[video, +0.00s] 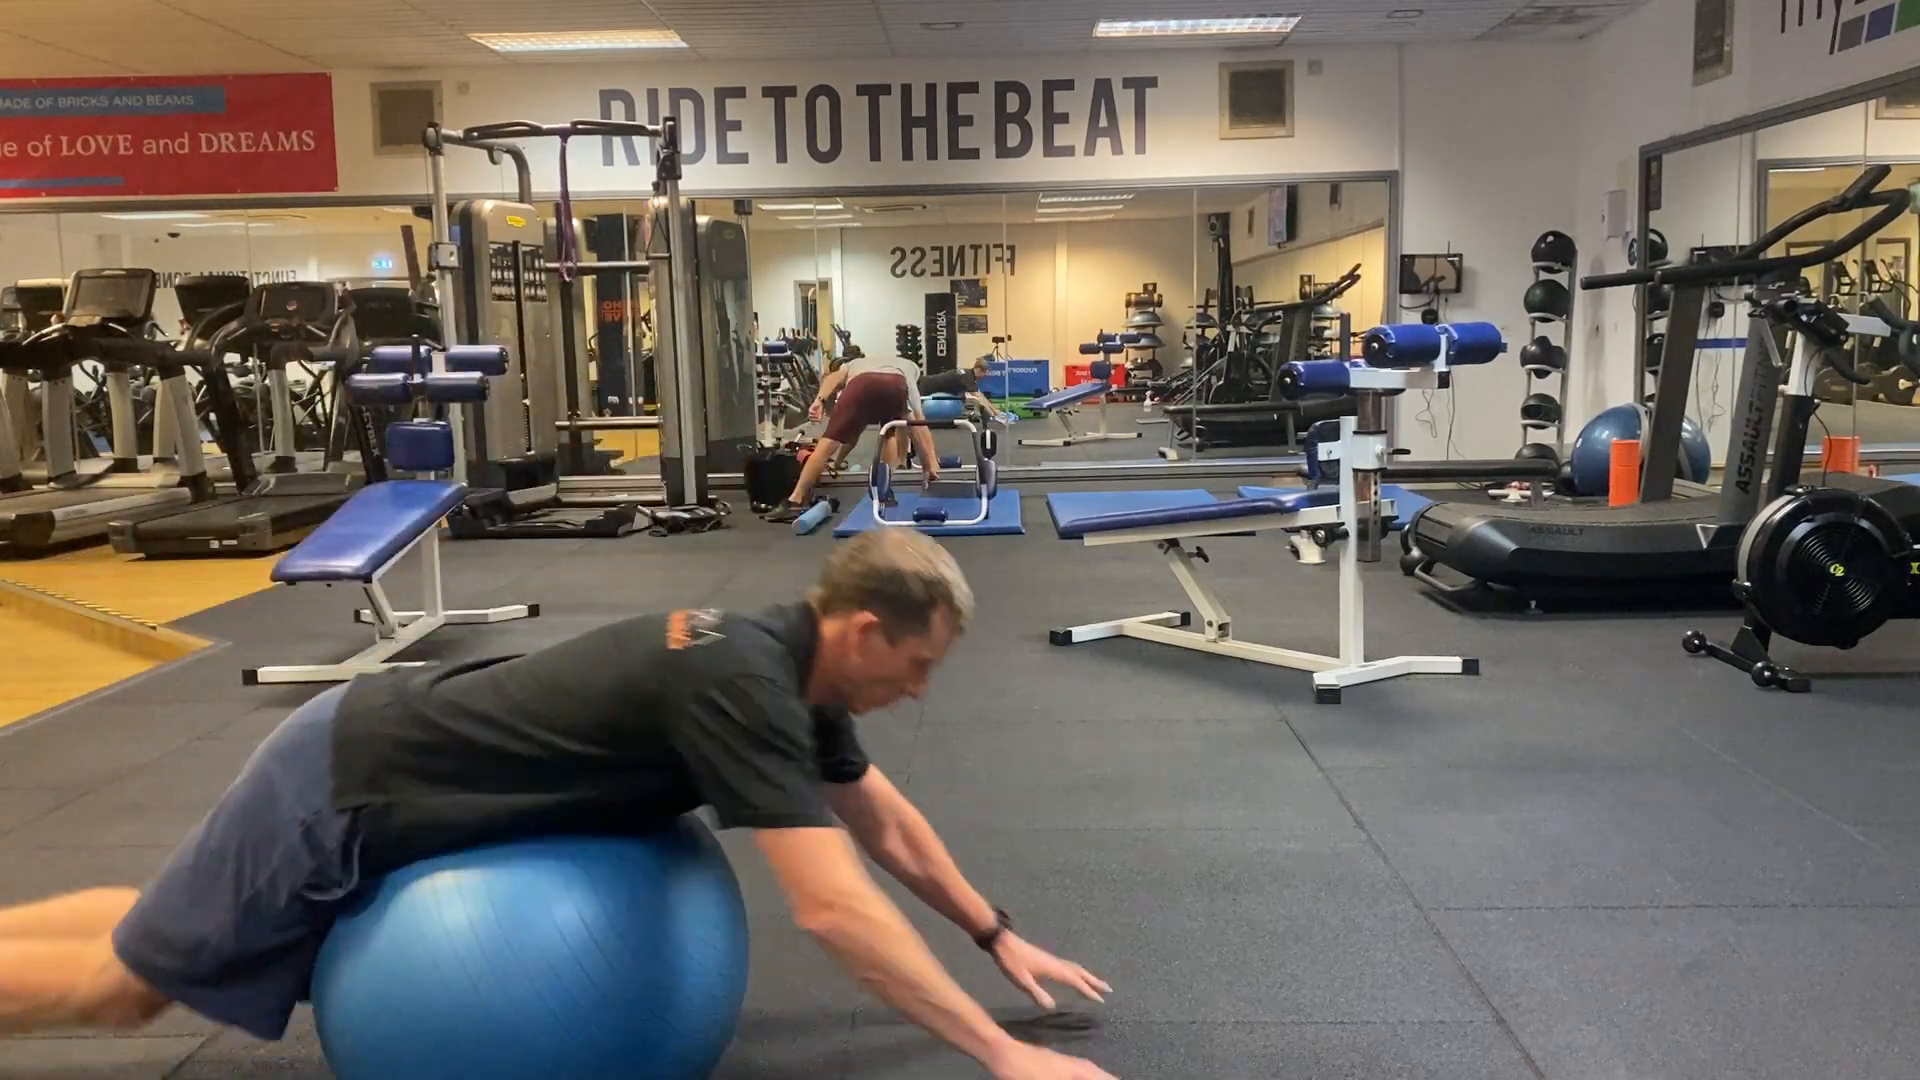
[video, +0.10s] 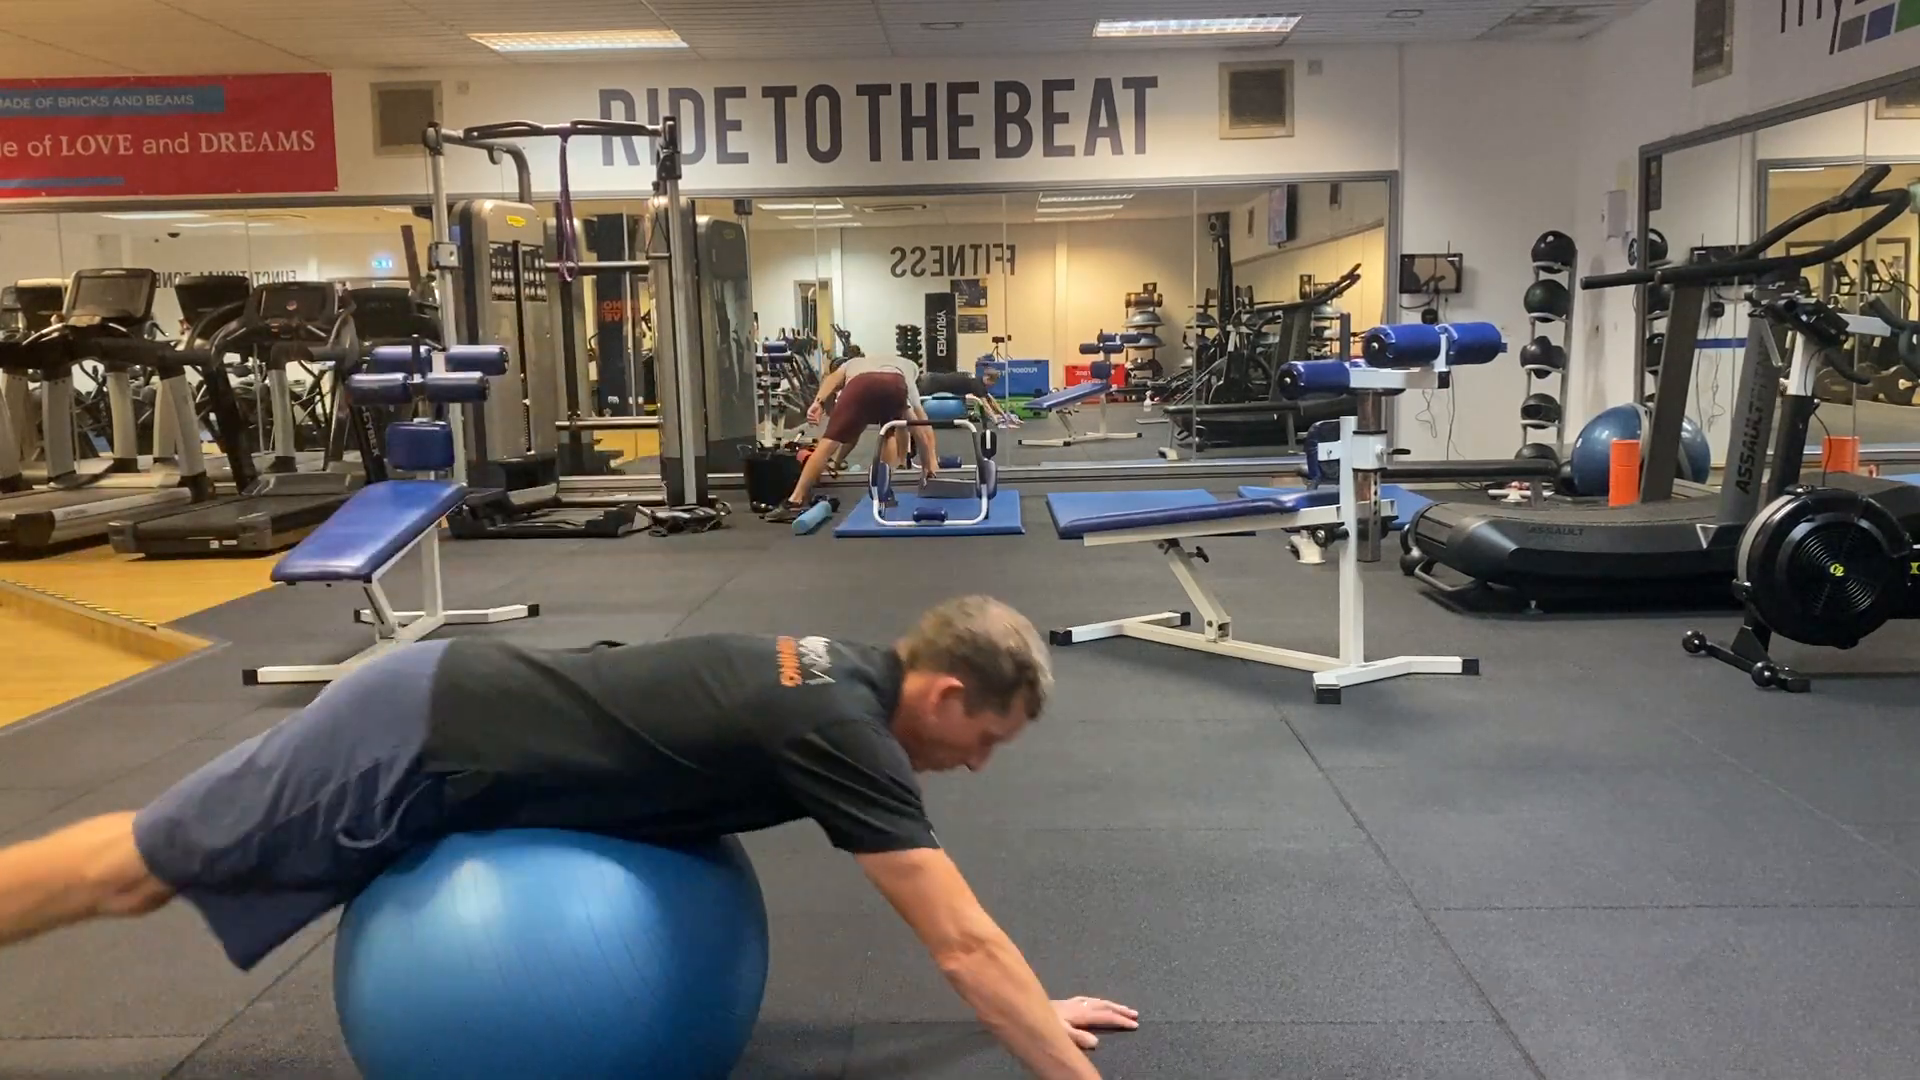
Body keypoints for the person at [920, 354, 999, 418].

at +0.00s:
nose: (983, 375)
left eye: (984, 373)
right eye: (983, 372)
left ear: (976, 368)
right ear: (980, 370)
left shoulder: (968, 373)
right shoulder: (968, 378)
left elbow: (978, 395)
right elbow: (978, 397)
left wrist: (993, 409)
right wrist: (992, 412)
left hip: (923, 380)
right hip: (922, 388)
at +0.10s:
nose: (991, 385)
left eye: (993, 384)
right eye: (992, 383)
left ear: (986, 377)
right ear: (987, 380)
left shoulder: (978, 382)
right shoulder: (977, 386)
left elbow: (991, 400)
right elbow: (987, 405)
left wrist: (1004, 414)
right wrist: (996, 418)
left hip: (930, 378)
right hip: (927, 385)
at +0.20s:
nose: (998, 392)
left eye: (999, 390)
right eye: (998, 389)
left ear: (994, 382)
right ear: (994, 384)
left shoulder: (985, 384)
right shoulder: (981, 386)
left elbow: (993, 405)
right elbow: (987, 409)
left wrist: (1007, 421)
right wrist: (998, 424)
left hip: (939, 378)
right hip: (935, 380)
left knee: (913, 396)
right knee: (912, 397)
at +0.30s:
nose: (1000, 391)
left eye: (1002, 390)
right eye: (1002, 388)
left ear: (1001, 386)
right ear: (999, 383)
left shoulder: (991, 386)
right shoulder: (986, 384)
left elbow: (994, 405)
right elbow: (987, 407)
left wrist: (1006, 421)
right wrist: (997, 423)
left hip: (946, 383)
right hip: (943, 380)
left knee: (918, 394)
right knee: (916, 390)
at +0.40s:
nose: (1009, 388)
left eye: (1012, 388)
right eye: (1011, 386)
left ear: (1012, 385)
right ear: (1008, 380)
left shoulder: (996, 385)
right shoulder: (993, 383)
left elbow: (995, 404)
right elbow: (989, 405)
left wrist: (1007, 421)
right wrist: (997, 423)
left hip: (952, 384)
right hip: (949, 380)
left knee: (922, 395)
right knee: (920, 392)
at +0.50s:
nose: (1018, 385)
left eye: (1020, 383)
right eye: (1019, 382)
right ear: (1015, 378)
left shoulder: (1000, 381)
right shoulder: (1000, 382)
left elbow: (996, 401)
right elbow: (993, 401)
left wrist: (1005, 417)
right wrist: (1003, 419)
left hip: (956, 380)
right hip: (955, 381)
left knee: (922, 390)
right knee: (921, 390)